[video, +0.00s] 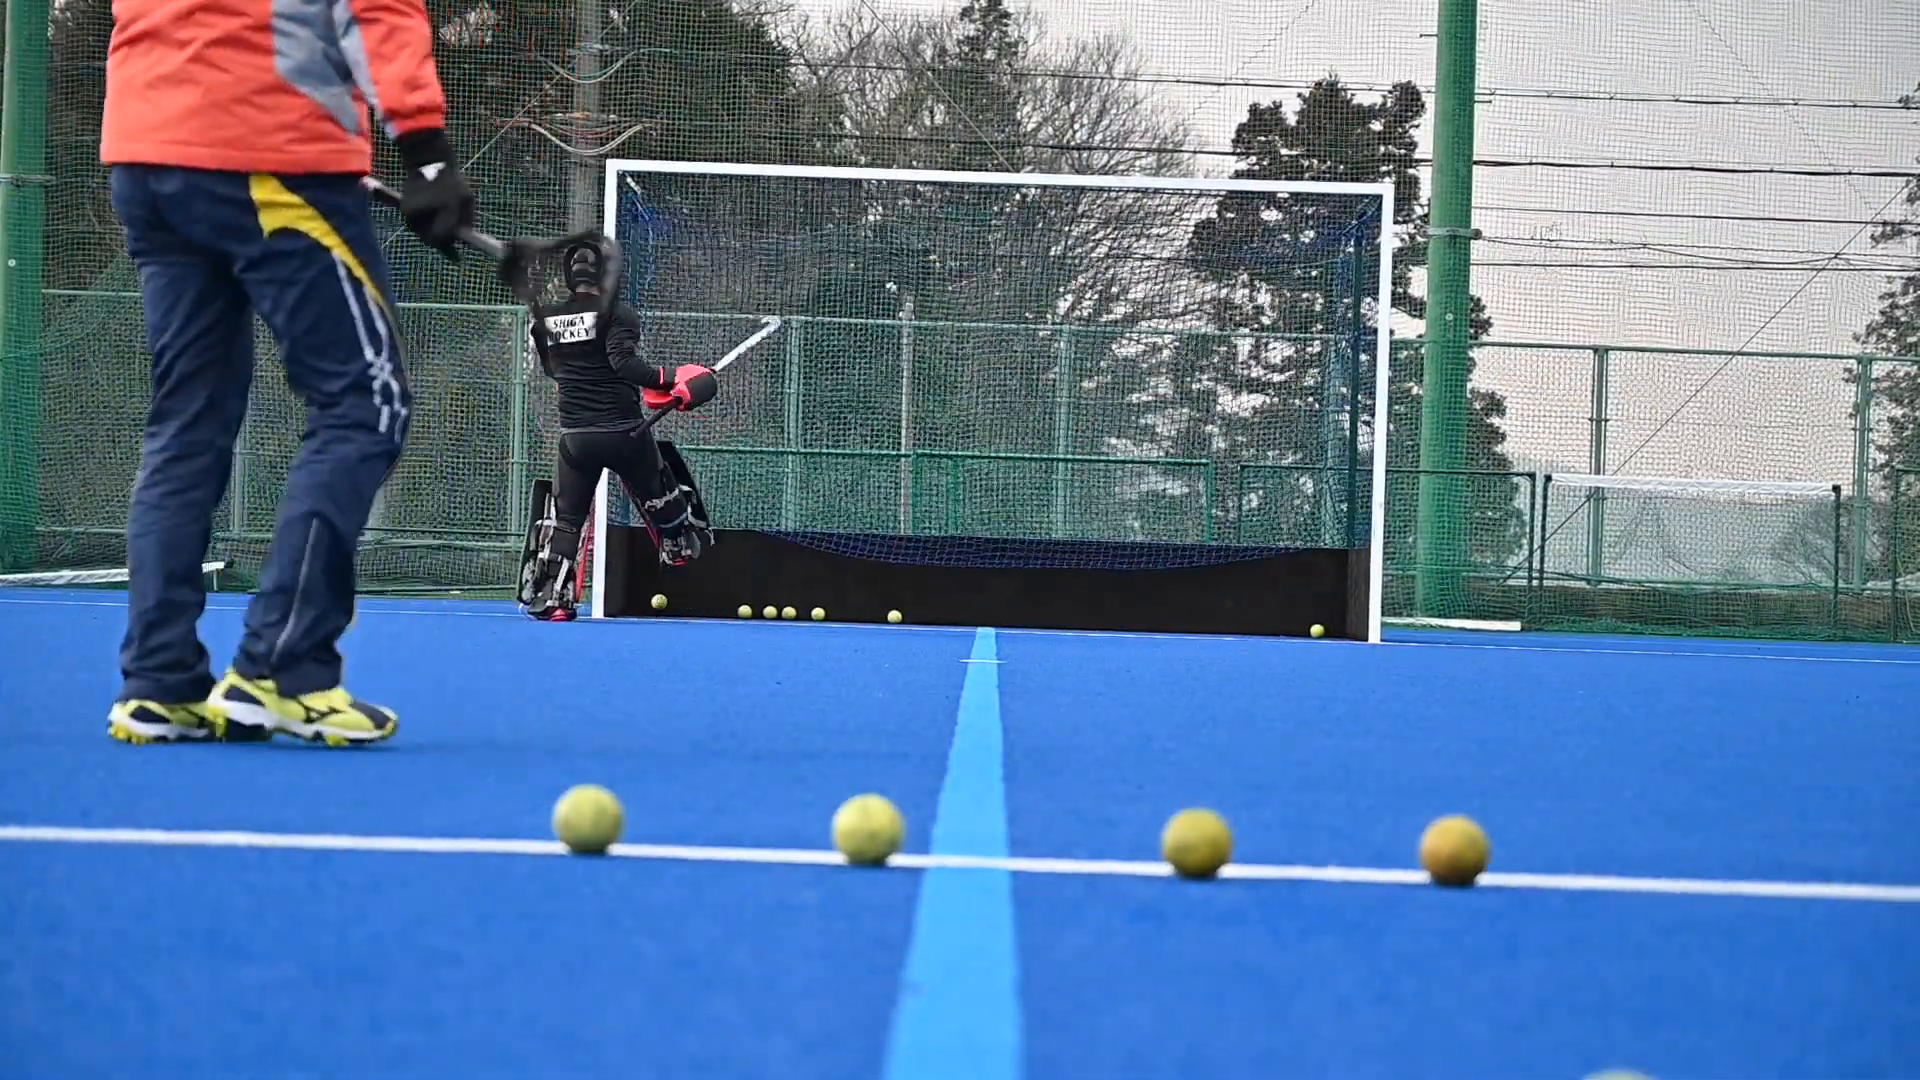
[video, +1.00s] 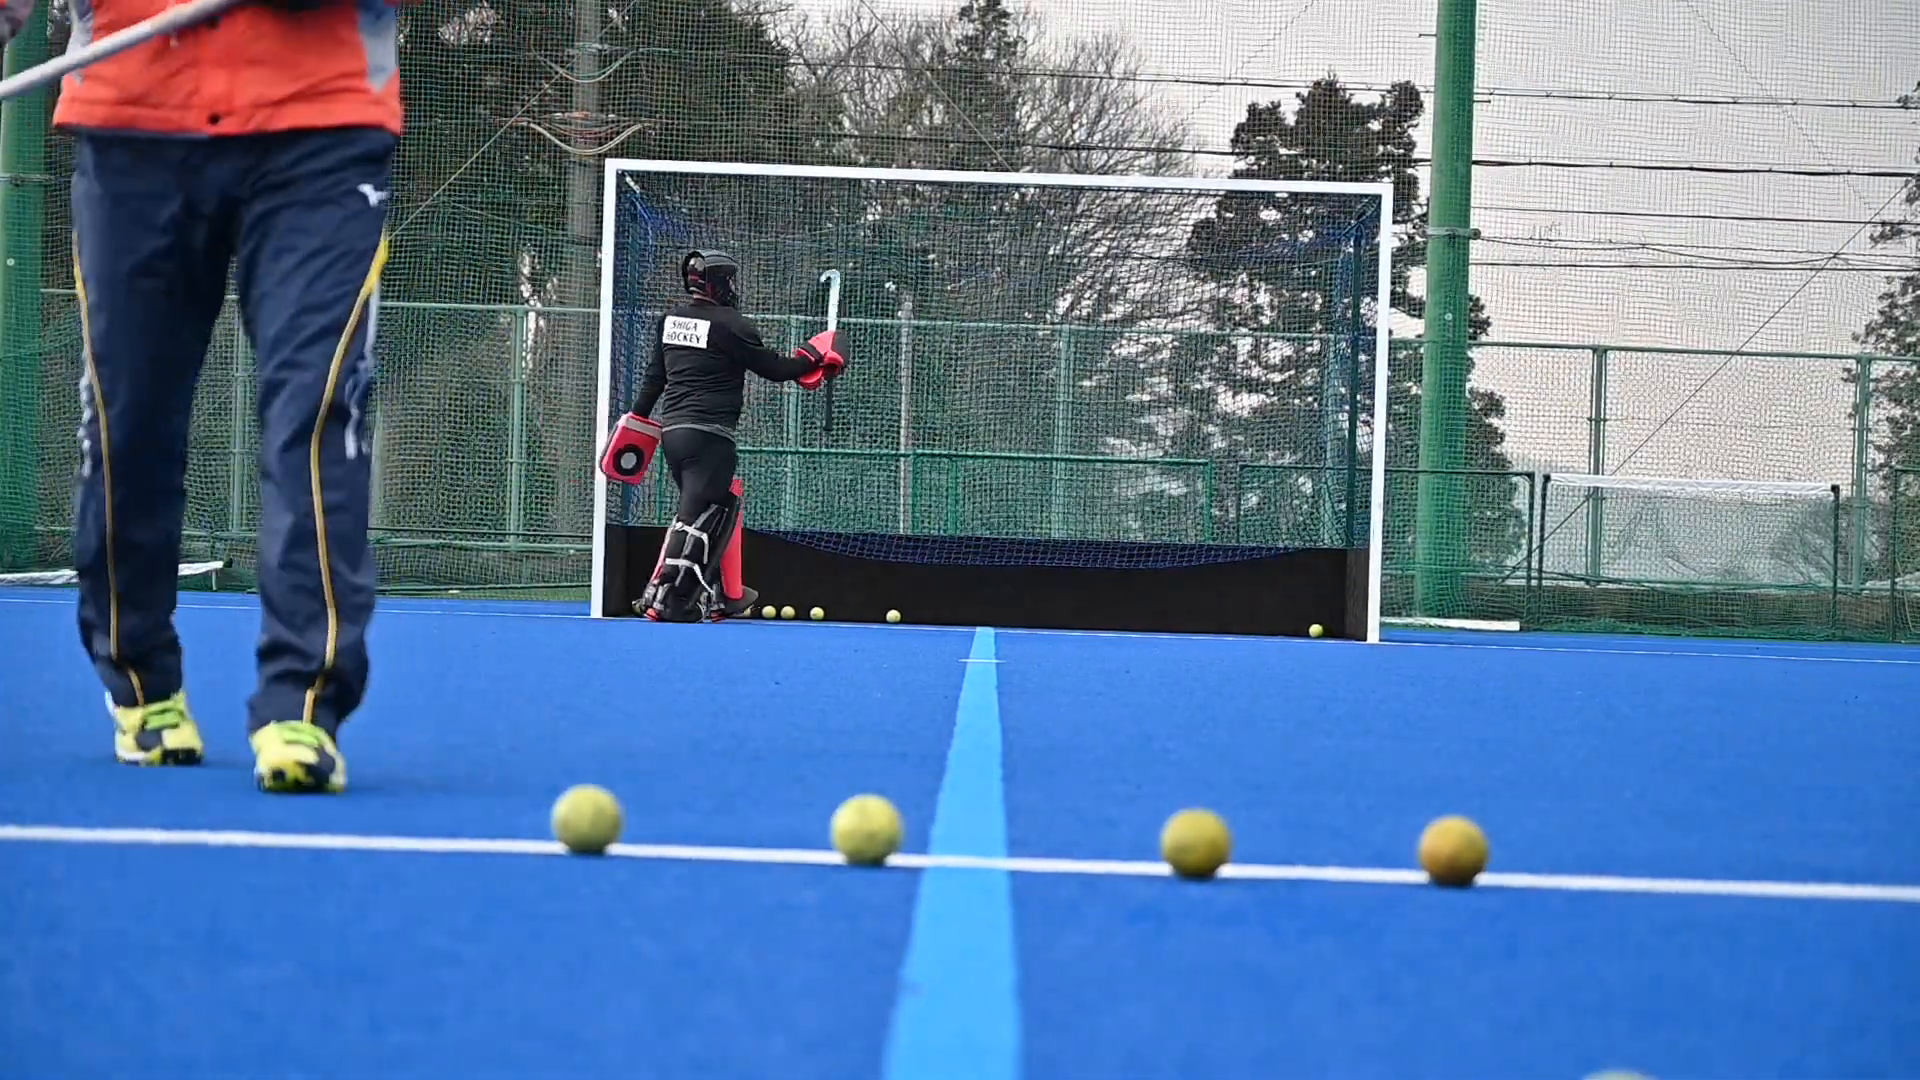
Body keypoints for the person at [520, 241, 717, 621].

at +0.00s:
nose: (618, 279)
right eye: (613, 270)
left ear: (570, 277)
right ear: (607, 275)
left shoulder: (547, 318)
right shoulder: (618, 312)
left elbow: (550, 367)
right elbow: (623, 362)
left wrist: (588, 371)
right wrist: (667, 378)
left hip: (576, 437)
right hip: (625, 433)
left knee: (567, 518)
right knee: (655, 495)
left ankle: (551, 598)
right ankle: (679, 545)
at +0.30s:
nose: (598, 271)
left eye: (601, 268)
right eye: (621, 275)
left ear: (586, 280)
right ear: (619, 279)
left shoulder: (558, 319)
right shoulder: (629, 312)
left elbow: (552, 373)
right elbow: (631, 365)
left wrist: (592, 380)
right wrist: (676, 380)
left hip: (584, 433)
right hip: (632, 431)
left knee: (572, 514)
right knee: (659, 495)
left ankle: (551, 593)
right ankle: (682, 563)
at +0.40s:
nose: (645, 287)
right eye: (642, 281)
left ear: (601, 283)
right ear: (635, 283)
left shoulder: (573, 321)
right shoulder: (645, 317)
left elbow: (558, 375)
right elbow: (651, 372)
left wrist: (585, 395)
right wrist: (697, 384)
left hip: (592, 436)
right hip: (638, 437)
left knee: (578, 516)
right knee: (661, 513)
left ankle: (554, 592)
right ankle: (670, 593)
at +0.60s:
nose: (683, 290)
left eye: (682, 283)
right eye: (680, 283)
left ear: (640, 284)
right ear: (670, 285)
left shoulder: (614, 321)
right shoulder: (682, 323)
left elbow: (600, 380)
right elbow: (709, 376)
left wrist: (591, 424)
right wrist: (751, 378)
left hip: (625, 439)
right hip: (669, 441)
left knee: (609, 514)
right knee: (675, 527)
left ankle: (577, 562)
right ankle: (668, 604)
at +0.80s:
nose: (711, 283)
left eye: (708, 276)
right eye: (706, 277)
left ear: (669, 280)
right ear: (696, 280)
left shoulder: (645, 317)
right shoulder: (709, 319)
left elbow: (630, 375)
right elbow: (747, 370)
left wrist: (607, 417)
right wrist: (788, 364)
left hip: (650, 435)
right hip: (690, 436)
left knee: (655, 508)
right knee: (681, 522)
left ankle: (619, 581)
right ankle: (666, 601)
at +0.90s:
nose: (722, 284)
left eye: (720, 278)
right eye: (718, 278)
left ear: (681, 281)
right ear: (708, 281)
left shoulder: (657, 317)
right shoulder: (722, 322)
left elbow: (641, 375)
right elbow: (757, 371)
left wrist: (617, 417)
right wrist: (797, 362)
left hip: (661, 436)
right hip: (700, 436)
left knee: (679, 512)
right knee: (687, 522)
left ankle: (658, 591)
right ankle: (664, 602)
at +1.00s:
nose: (734, 286)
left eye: (732, 280)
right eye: (730, 280)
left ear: (695, 284)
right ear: (718, 284)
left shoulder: (672, 320)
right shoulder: (732, 324)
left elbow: (654, 379)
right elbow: (775, 369)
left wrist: (634, 424)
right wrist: (814, 357)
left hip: (674, 434)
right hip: (709, 435)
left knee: (718, 510)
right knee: (689, 520)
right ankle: (665, 599)